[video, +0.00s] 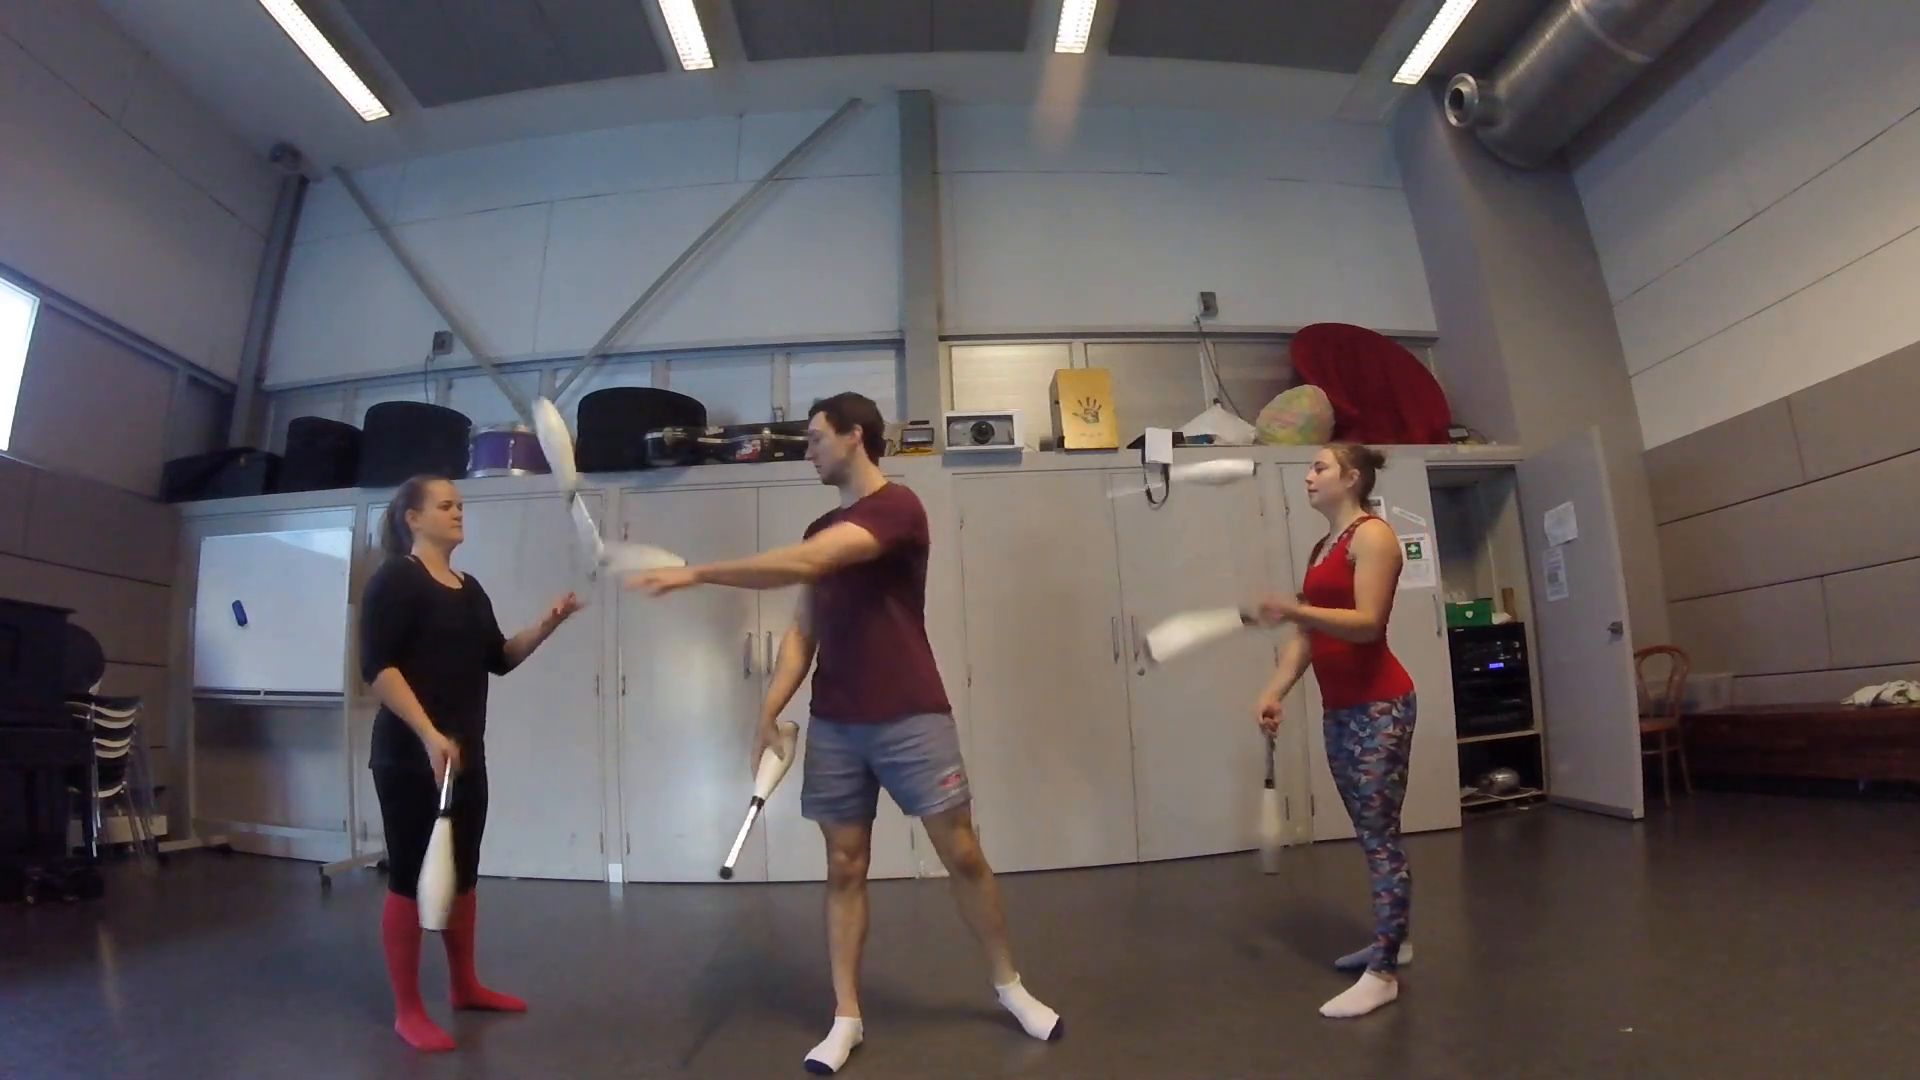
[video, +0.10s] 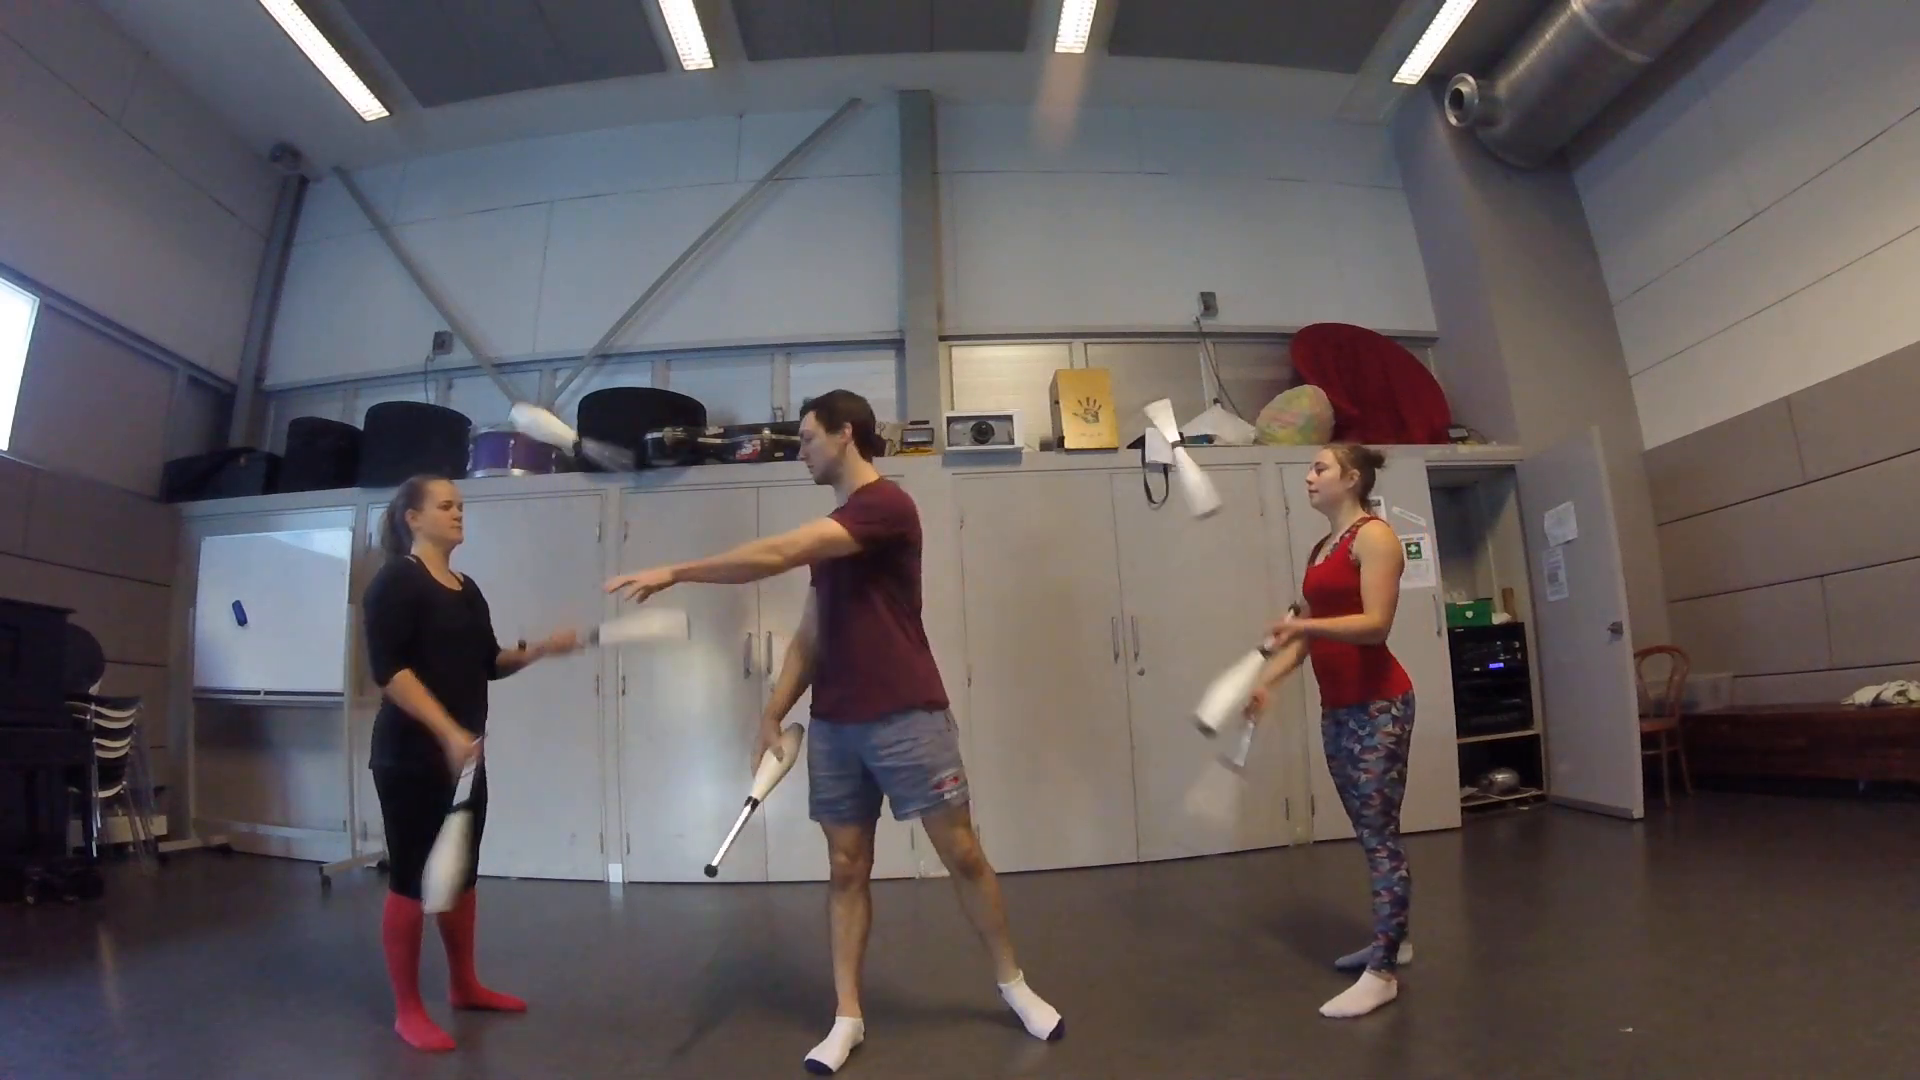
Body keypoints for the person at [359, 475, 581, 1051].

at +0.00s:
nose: (459, 515)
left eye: (459, 506)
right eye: (447, 507)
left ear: (454, 518)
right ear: (412, 518)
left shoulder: (468, 588)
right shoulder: (393, 581)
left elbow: (501, 658)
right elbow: (379, 670)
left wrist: (546, 624)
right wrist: (430, 734)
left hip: (465, 751)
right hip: (408, 753)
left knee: (463, 871)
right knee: (408, 877)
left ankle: (466, 988)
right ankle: (409, 1012)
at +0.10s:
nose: (459, 515)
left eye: (460, 506)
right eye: (447, 506)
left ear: (454, 517)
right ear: (412, 518)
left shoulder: (466, 589)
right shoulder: (393, 585)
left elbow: (486, 664)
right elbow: (390, 671)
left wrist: (538, 649)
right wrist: (449, 730)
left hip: (464, 750)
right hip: (410, 751)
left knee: (461, 871)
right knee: (409, 877)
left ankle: (465, 986)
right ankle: (408, 1010)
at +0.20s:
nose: (459, 515)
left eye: (460, 507)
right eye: (447, 507)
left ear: (456, 518)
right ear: (413, 518)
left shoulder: (464, 588)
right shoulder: (394, 583)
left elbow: (482, 661)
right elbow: (404, 666)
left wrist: (536, 674)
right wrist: (487, 694)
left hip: (463, 754)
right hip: (409, 757)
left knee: (460, 874)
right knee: (410, 878)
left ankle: (465, 988)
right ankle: (408, 1012)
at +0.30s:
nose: (460, 515)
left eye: (460, 507)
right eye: (448, 507)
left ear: (456, 518)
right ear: (412, 518)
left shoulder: (465, 587)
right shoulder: (395, 581)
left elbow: (478, 663)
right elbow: (413, 651)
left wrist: (525, 695)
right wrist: (500, 641)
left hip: (463, 753)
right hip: (407, 755)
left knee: (460, 874)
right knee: (408, 879)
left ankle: (466, 988)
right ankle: (408, 1011)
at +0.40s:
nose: (459, 515)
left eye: (460, 507)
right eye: (447, 506)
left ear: (456, 520)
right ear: (412, 517)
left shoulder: (468, 588)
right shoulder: (394, 579)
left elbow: (487, 663)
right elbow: (409, 651)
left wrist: (516, 719)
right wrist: (485, 620)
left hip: (464, 753)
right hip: (407, 755)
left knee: (461, 874)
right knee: (408, 879)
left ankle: (465, 988)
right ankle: (408, 1010)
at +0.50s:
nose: (461, 514)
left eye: (461, 505)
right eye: (449, 506)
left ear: (455, 519)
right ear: (415, 517)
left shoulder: (467, 589)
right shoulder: (392, 578)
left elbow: (489, 666)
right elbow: (400, 656)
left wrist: (510, 724)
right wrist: (464, 630)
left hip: (464, 753)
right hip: (407, 755)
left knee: (461, 874)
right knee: (410, 879)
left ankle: (465, 988)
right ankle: (408, 1011)